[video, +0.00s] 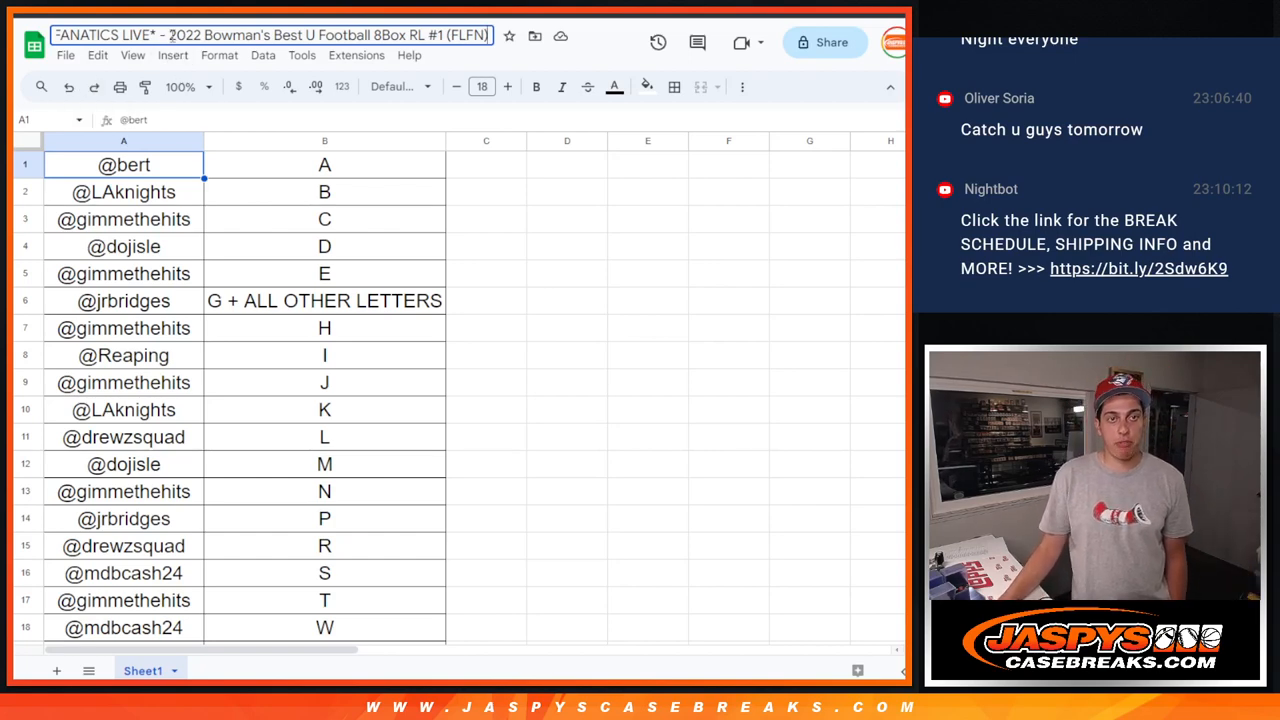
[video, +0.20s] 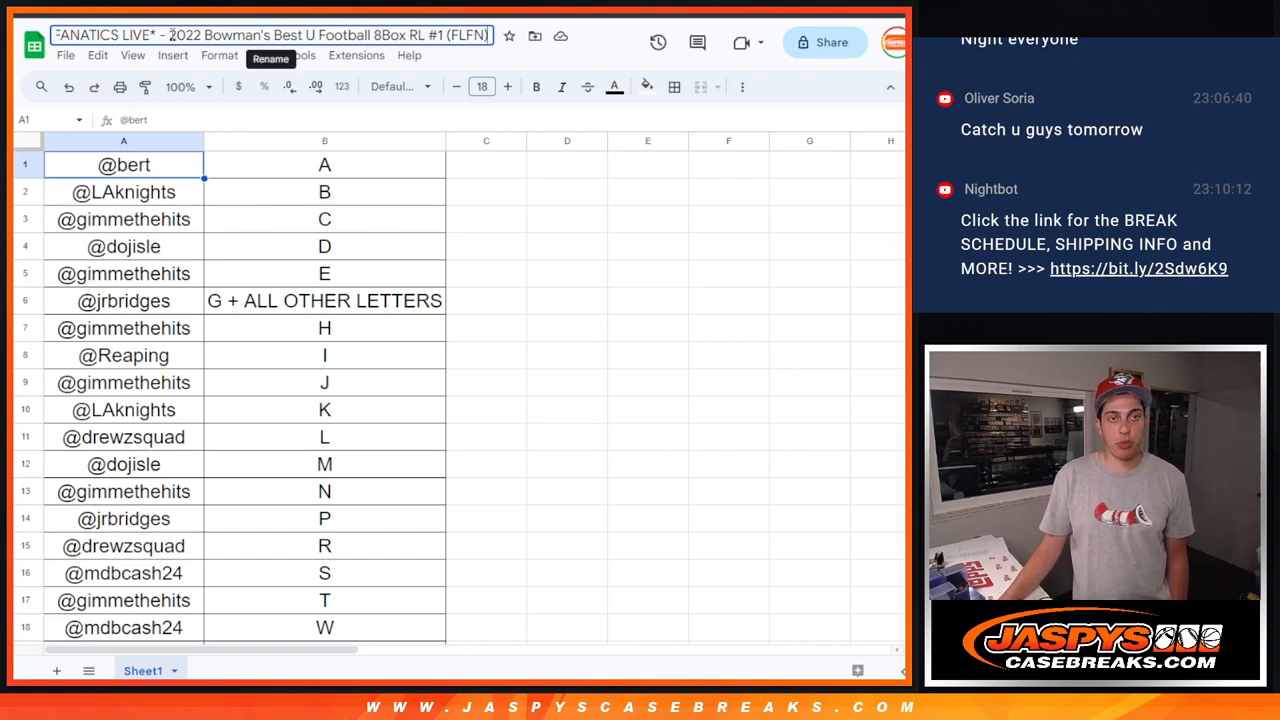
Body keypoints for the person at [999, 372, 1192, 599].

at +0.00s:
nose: (1123, 429)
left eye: (1133, 417)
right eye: (1112, 418)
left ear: (1145, 422)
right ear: (1098, 426)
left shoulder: (1170, 479)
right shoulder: (1071, 475)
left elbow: (1176, 555)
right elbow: (1049, 548)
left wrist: (1176, 603)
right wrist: (1006, 600)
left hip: (1150, 604)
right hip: (1087, 605)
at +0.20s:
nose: (1124, 429)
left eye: (1134, 416)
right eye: (1113, 417)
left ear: (1146, 421)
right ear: (1099, 425)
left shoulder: (1171, 480)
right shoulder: (1072, 476)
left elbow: (1177, 556)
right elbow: (1048, 550)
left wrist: (1177, 603)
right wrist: (1006, 601)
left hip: (1151, 605)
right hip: (1089, 606)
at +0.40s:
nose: (1125, 429)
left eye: (1135, 417)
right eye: (1114, 418)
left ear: (1146, 421)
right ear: (1099, 425)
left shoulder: (1172, 480)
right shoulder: (1072, 477)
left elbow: (1178, 556)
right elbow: (1048, 550)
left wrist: (1179, 608)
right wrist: (1005, 601)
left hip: (1152, 607)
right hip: (1090, 606)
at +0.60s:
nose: (1126, 429)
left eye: (1136, 416)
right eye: (1114, 418)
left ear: (1147, 421)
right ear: (1100, 425)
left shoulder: (1173, 480)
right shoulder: (1073, 477)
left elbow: (1179, 555)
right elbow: (1048, 551)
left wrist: (1180, 609)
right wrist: (1005, 600)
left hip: (1153, 605)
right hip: (1090, 605)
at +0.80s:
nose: (1127, 428)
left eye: (1136, 415)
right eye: (1115, 416)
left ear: (1148, 420)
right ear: (1100, 424)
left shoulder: (1174, 480)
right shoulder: (1073, 477)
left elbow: (1179, 556)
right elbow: (1049, 550)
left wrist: (1180, 610)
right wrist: (1005, 600)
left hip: (1152, 606)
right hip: (1090, 605)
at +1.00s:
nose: (1127, 427)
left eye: (1136, 415)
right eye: (1115, 416)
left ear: (1148, 421)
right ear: (1100, 424)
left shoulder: (1174, 481)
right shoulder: (1073, 477)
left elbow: (1179, 557)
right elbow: (1050, 550)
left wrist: (1180, 611)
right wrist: (1005, 601)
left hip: (1152, 607)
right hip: (1090, 607)